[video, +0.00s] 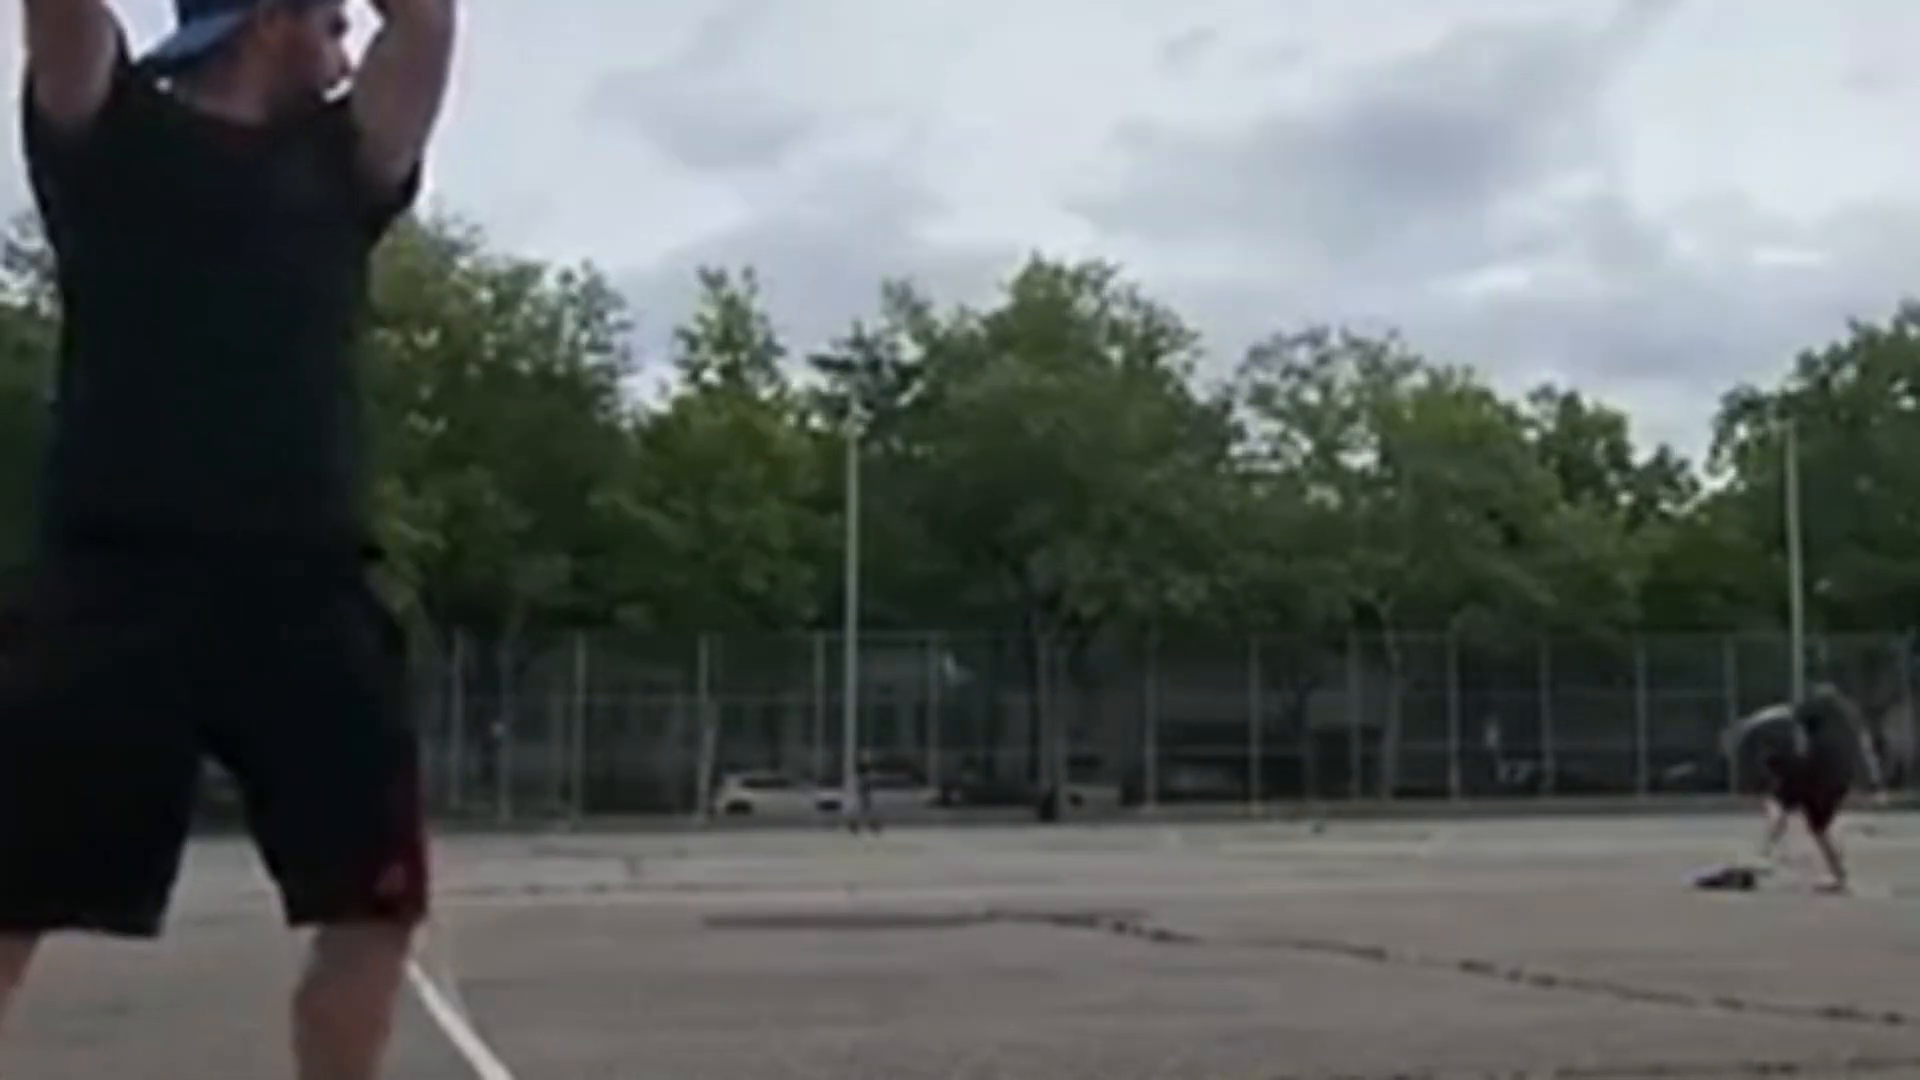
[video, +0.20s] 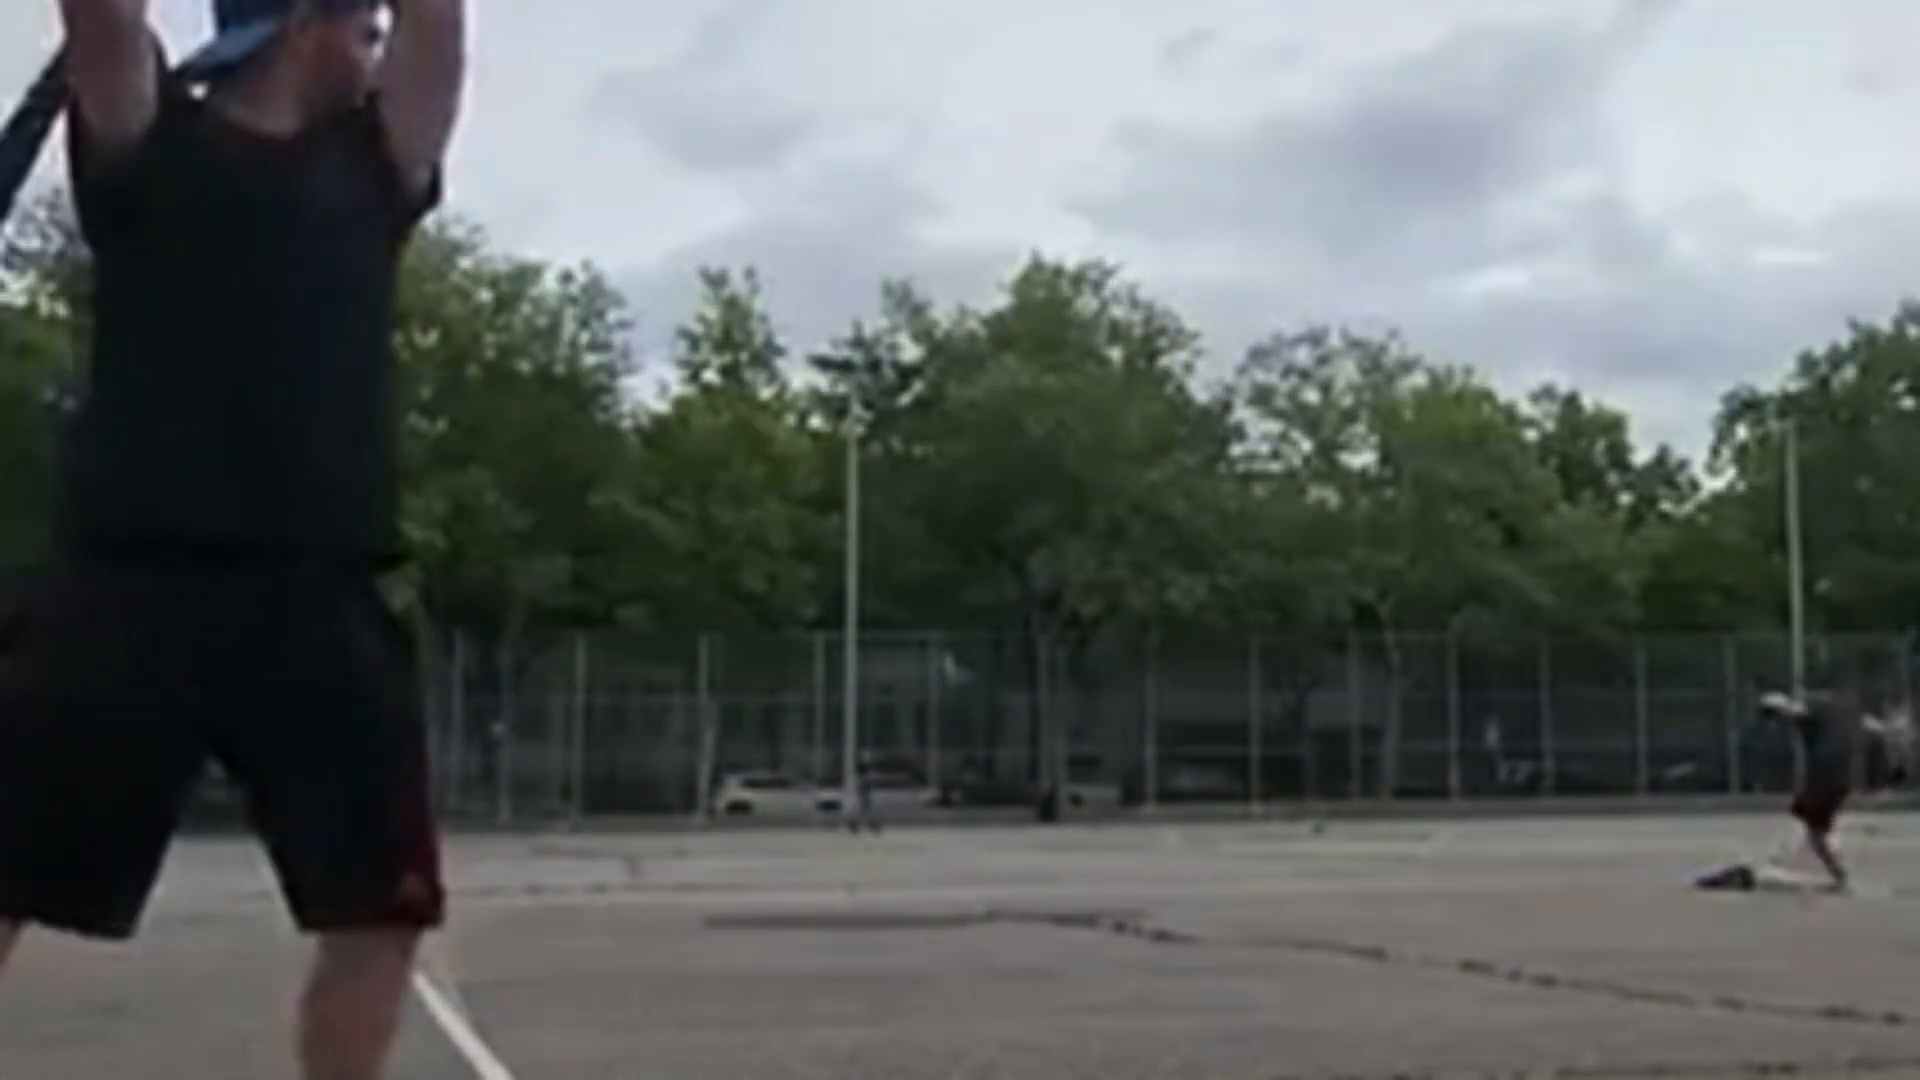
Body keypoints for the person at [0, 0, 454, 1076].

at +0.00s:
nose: (347, 47)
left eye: (346, 26)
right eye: (330, 21)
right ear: (270, 21)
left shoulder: (341, 166)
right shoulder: (104, 140)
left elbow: (426, 22)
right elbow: (58, 7)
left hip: (303, 581)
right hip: (113, 575)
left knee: (375, 906)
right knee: (18, 908)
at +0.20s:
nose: (378, 44)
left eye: (379, 24)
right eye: (357, 19)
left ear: (319, 39)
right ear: (295, 27)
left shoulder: (371, 169)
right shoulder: (143, 145)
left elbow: (436, 25)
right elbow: (99, 12)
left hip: (318, 593)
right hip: (127, 584)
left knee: (381, 914)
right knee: (10, 897)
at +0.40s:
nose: (362, 57)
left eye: (361, 34)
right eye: (345, 28)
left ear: (295, 40)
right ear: (284, 29)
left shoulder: (349, 176)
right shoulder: (112, 144)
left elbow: (431, 26)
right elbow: (45, 4)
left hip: (296, 591)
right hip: (104, 581)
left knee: (372, 915)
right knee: (13, 902)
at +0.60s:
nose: (319, 48)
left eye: (323, 27)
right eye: (305, 20)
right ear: (247, 19)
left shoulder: (305, 180)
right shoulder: (67, 122)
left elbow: (408, 52)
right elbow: (3, 21)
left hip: (233, 586)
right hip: (48, 579)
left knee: (345, 900)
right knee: (4, 895)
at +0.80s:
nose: (323, 106)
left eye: (323, 81)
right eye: (305, 77)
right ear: (224, 72)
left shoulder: (304, 238)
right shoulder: (38, 173)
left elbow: (297, 218)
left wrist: (114, 47)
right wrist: (18, 28)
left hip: (221, 624)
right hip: (42, 625)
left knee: (413, 855)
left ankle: (441, 1060)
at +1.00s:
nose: (339, 212)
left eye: (344, 187)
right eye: (319, 182)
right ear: (224, 166)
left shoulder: (335, 332)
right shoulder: (61, 286)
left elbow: (293, 483)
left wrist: (113, 369)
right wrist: (12, 292)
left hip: (245, 683)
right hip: (59, 689)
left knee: (439, 913)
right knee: (5, 937)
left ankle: (445, 1070)